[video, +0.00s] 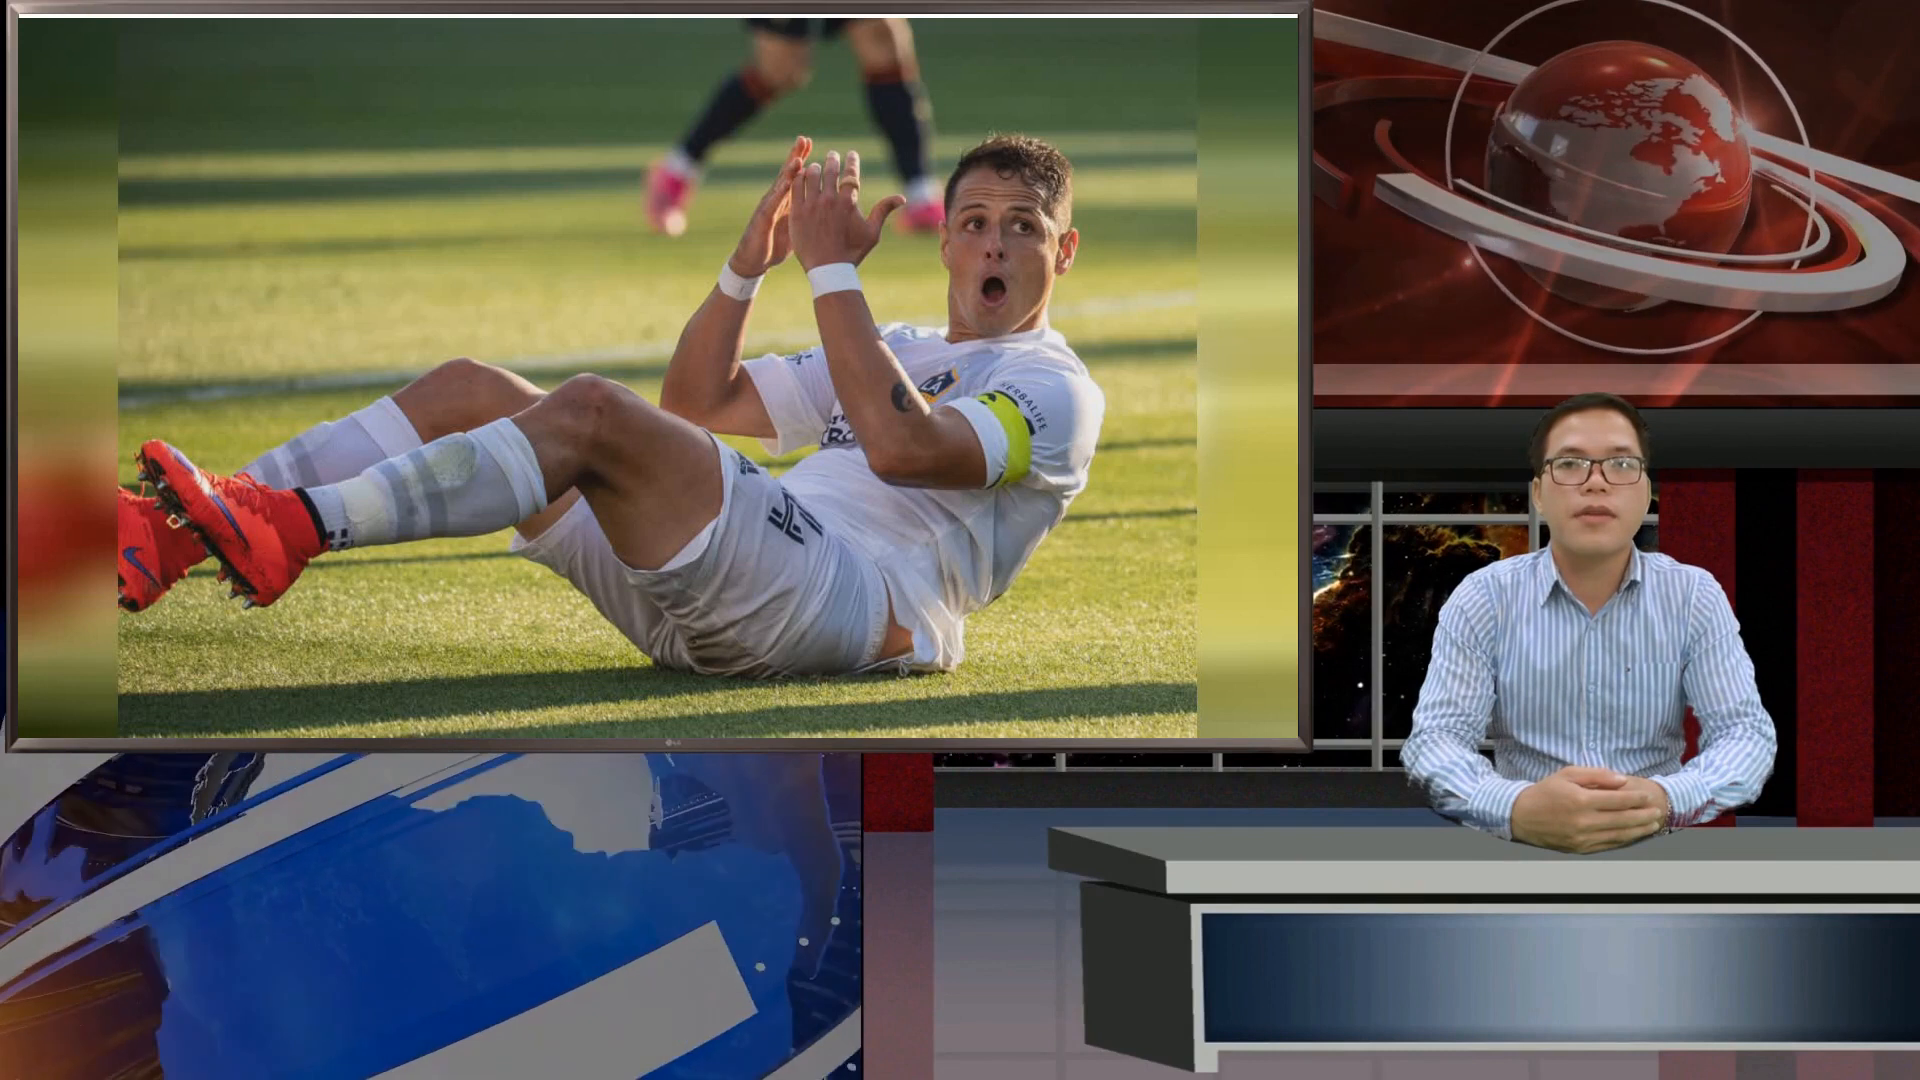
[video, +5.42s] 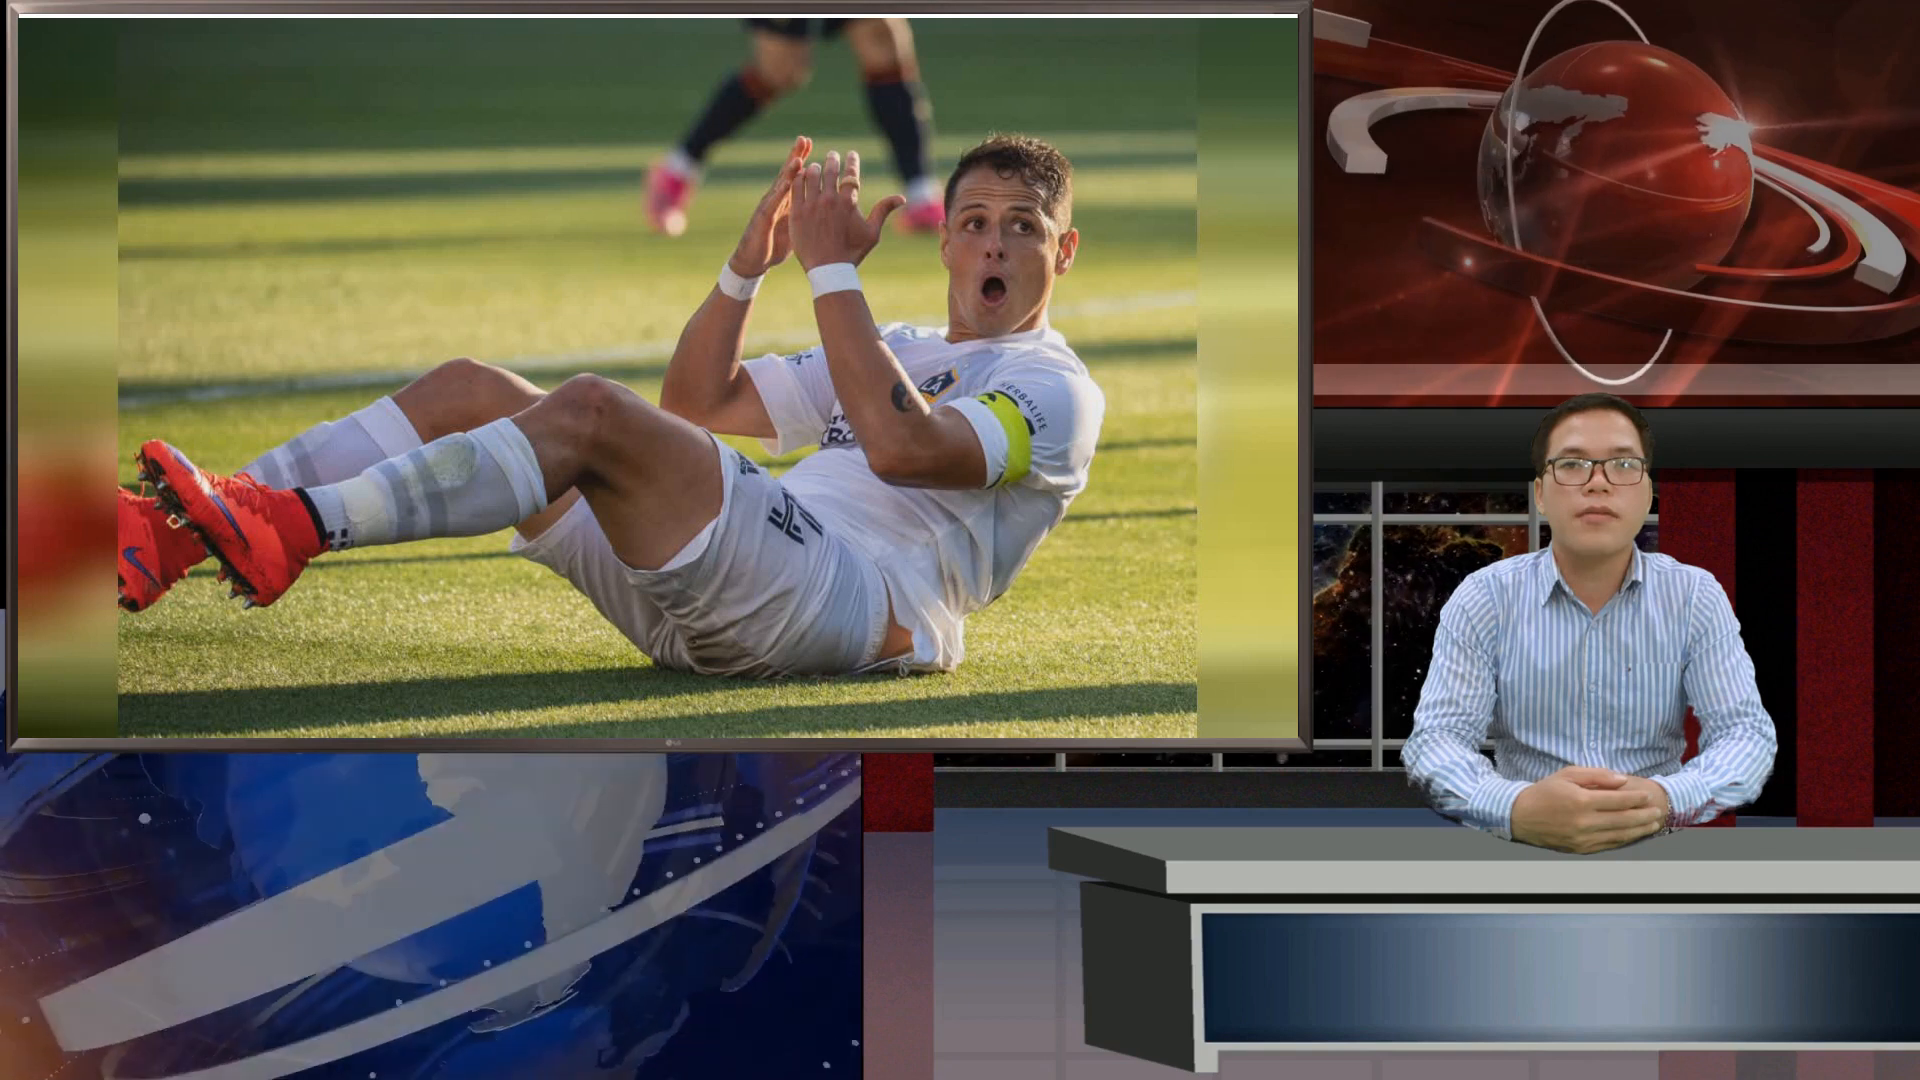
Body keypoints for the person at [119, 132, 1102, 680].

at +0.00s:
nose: (996, 245)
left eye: (1023, 229)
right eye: (976, 223)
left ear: (1066, 257)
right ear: (943, 241)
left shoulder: (1056, 389)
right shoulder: (892, 358)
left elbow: (901, 447)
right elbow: (695, 405)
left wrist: (833, 268)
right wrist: (746, 269)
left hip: (840, 604)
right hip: (732, 572)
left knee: (593, 413)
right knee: (468, 389)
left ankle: (300, 524)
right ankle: (175, 541)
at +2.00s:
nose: (995, 246)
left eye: (1022, 230)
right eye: (975, 224)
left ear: (1065, 257)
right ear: (942, 242)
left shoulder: (1054, 389)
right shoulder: (893, 358)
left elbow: (901, 447)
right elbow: (695, 404)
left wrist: (834, 270)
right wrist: (746, 270)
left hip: (842, 602)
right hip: (735, 572)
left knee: (592, 413)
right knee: (468, 389)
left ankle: (300, 524)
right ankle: (174, 542)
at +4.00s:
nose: (994, 246)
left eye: (1022, 230)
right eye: (974, 224)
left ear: (1065, 257)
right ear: (942, 242)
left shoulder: (1055, 389)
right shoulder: (893, 358)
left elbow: (902, 447)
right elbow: (695, 404)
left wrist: (833, 270)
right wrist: (746, 270)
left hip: (841, 602)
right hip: (734, 572)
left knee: (592, 413)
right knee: (468, 389)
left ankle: (299, 524)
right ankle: (173, 542)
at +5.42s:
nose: (994, 246)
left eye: (1021, 230)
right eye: (974, 224)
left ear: (1065, 256)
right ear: (942, 242)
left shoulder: (1055, 388)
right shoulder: (893, 359)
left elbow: (903, 448)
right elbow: (695, 405)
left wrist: (833, 270)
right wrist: (747, 269)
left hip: (840, 603)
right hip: (731, 573)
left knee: (593, 412)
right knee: (467, 388)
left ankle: (300, 524)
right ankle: (179, 539)